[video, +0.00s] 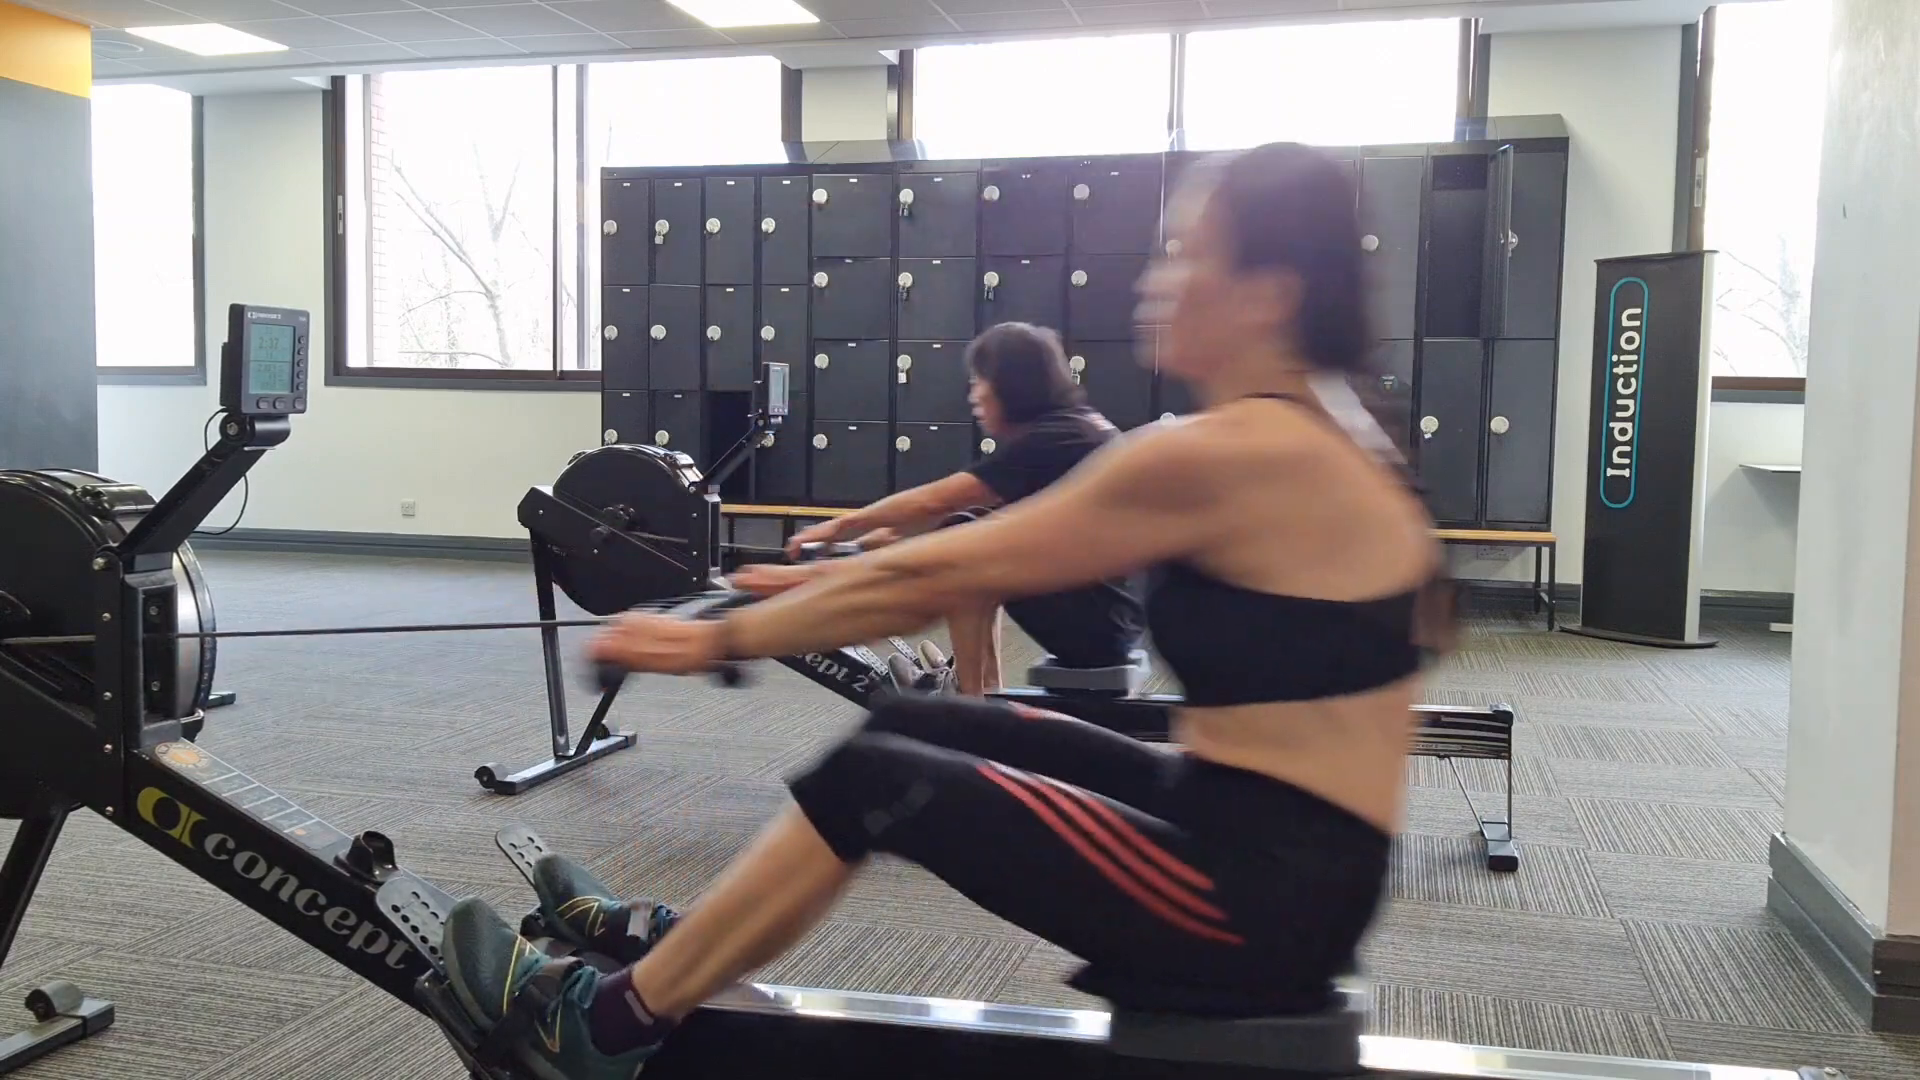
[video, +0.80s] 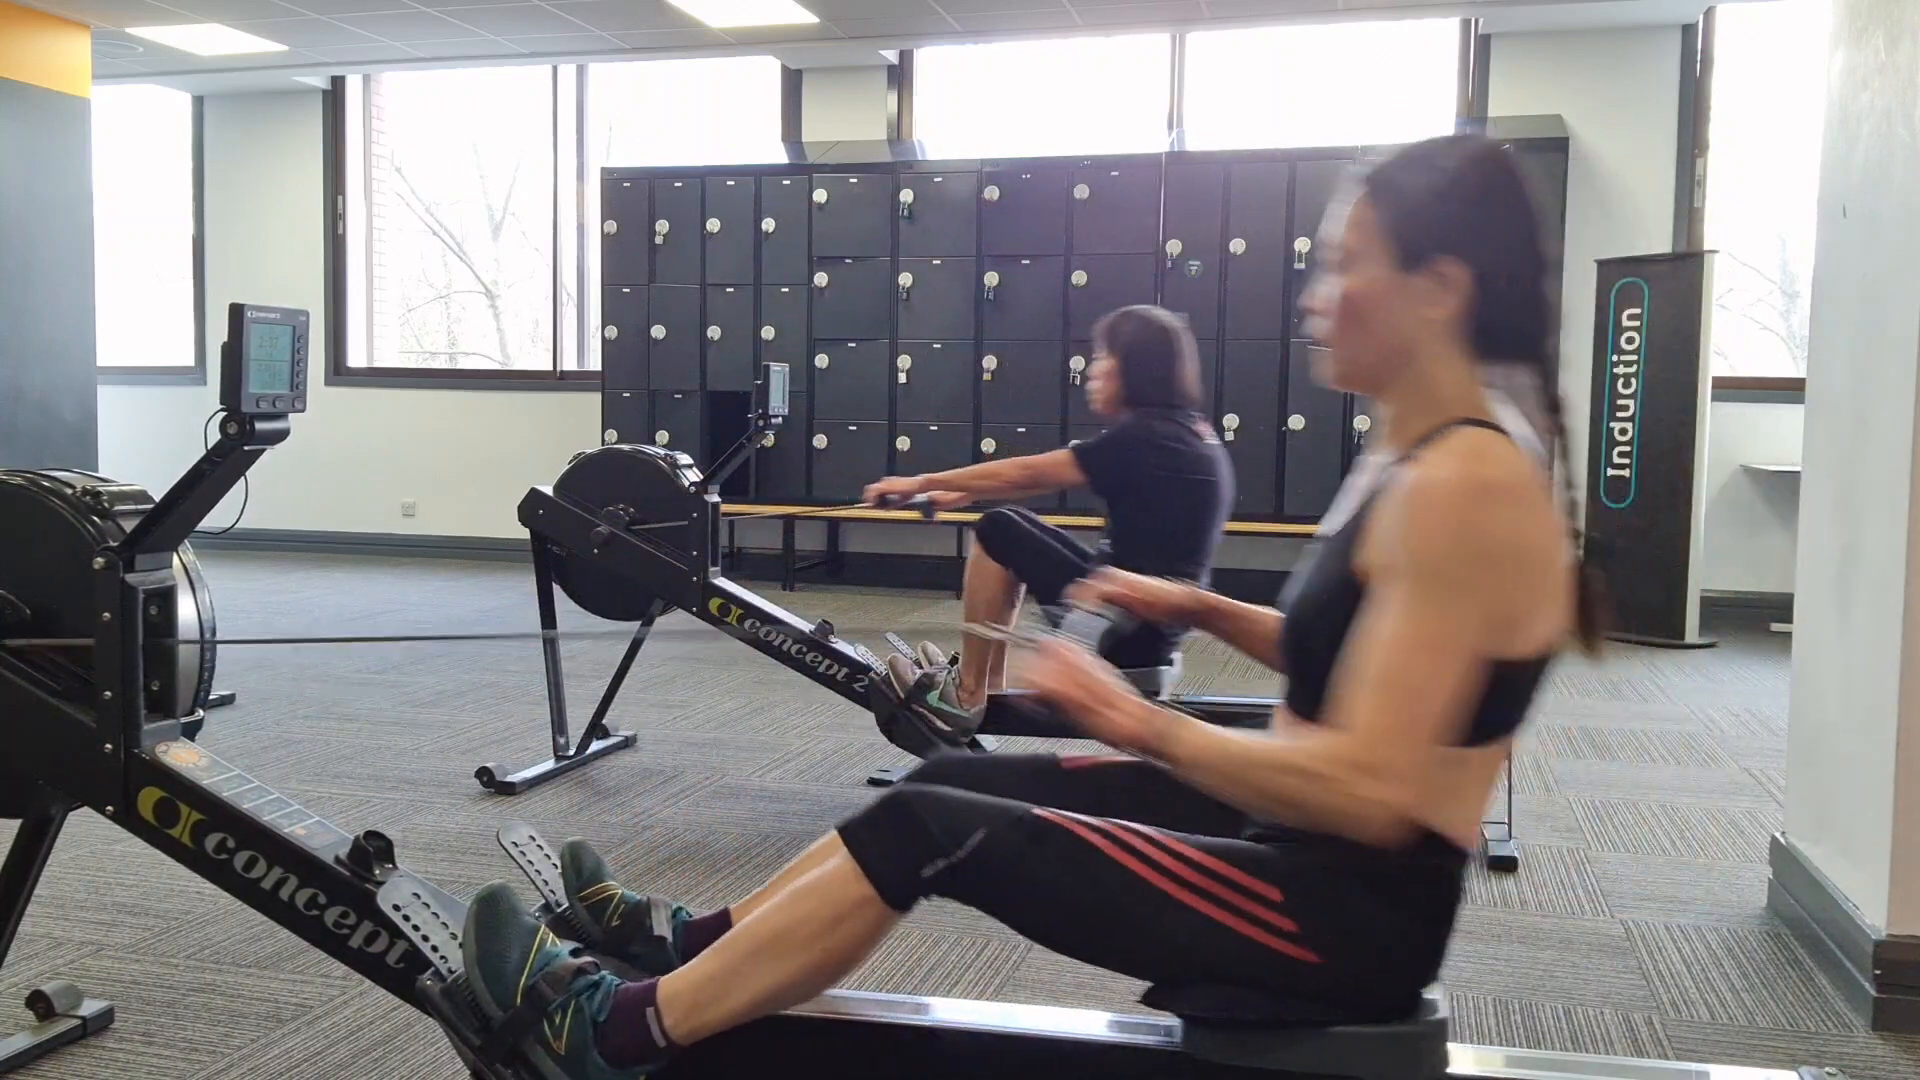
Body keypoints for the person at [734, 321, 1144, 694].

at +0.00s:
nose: (972, 397)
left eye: (979, 383)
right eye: (973, 385)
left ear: (1016, 385)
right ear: (1038, 382)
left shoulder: (1048, 441)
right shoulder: (1077, 427)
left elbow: (935, 502)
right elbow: (956, 503)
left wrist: (836, 527)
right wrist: (883, 531)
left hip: (1095, 628)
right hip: (1109, 616)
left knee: (960, 546)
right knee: (970, 537)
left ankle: (972, 699)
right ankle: (984, 688)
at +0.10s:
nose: (944, 397)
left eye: (951, 383)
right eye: (945, 384)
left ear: (983, 386)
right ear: (1009, 381)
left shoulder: (1020, 442)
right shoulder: (1056, 430)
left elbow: (904, 500)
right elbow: (940, 499)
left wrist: (804, 525)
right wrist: (865, 529)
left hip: (1069, 628)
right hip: (1091, 619)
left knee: (938, 527)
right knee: (946, 525)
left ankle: (973, 693)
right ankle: (986, 684)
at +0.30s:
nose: (921, 396)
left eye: (926, 383)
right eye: (922, 384)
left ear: (956, 387)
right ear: (984, 384)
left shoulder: (988, 440)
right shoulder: (1033, 432)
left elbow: (869, 485)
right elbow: (896, 490)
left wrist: (770, 501)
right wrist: (823, 506)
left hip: (1041, 619)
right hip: (1066, 613)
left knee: (915, 530)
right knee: (936, 519)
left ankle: (961, 663)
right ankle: (966, 658)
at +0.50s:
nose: (960, 387)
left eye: (968, 372)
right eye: (964, 373)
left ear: (1003, 378)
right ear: (1026, 378)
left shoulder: (1026, 433)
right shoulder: (1067, 424)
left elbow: (904, 467)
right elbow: (928, 470)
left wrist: (806, 472)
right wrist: (855, 486)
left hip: (1064, 627)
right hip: (1085, 620)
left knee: (933, 524)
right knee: (954, 520)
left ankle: (967, 684)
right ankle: (982, 666)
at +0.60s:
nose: (1006, 380)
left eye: (1015, 367)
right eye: (1008, 368)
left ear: (1050, 373)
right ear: (1074, 373)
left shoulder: (1059, 436)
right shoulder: (1109, 427)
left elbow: (944, 473)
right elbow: (964, 476)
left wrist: (842, 480)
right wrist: (895, 494)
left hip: (1084, 631)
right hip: (1108, 624)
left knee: (956, 525)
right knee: (972, 516)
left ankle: (967, 687)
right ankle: (989, 674)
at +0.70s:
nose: (1048, 376)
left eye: (1058, 362)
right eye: (1052, 362)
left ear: (1091, 372)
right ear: (1114, 374)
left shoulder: (1100, 438)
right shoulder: (1148, 434)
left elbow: (988, 475)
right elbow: (1004, 482)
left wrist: (881, 483)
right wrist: (925, 497)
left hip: (1107, 630)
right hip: (1134, 625)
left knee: (976, 523)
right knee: (988, 521)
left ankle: (967, 690)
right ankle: (987, 680)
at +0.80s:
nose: (1090, 371)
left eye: (1101, 359)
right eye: (1094, 358)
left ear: (1132, 368)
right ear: (1161, 371)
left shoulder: (1144, 438)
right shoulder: (1193, 435)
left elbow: (1028, 473)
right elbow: (1049, 478)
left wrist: (919, 482)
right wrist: (964, 497)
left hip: (1130, 629)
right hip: (1161, 624)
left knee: (996, 528)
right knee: (1013, 528)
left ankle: (966, 693)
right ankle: (985, 686)